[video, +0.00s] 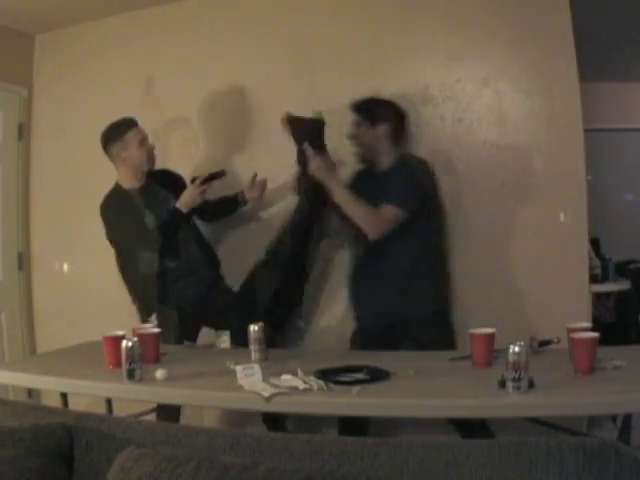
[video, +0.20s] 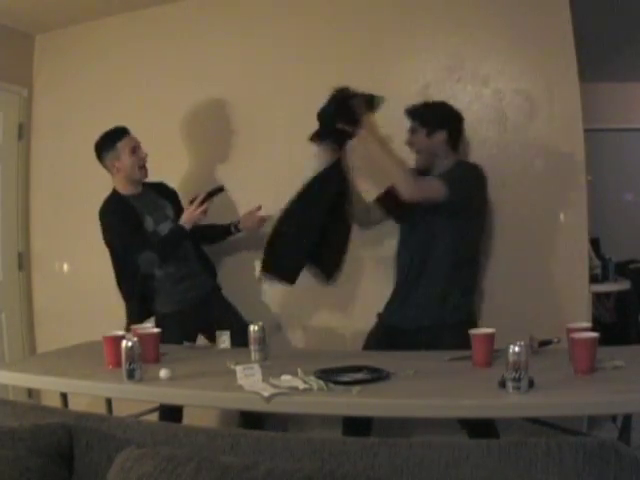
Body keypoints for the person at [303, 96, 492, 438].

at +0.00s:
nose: (352, 134)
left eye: (360, 126)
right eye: (353, 126)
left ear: (384, 130)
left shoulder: (413, 173)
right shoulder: (365, 180)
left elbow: (375, 226)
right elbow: (340, 226)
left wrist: (330, 183)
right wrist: (318, 180)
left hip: (422, 322)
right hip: (376, 320)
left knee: (457, 408)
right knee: (351, 407)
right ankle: (352, 479)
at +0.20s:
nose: (408, 141)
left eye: (417, 133)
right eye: (409, 133)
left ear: (442, 137)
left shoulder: (467, 178)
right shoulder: (417, 184)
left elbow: (410, 191)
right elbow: (364, 216)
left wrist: (368, 132)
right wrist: (338, 165)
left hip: (446, 317)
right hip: (402, 314)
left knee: (470, 406)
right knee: (358, 392)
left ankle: (504, 478)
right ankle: (352, 477)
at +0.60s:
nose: (425, 145)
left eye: (433, 138)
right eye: (428, 137)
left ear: (459, 150)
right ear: (450, 149)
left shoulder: (478, 196)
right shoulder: (417, 182)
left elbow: (424, 223)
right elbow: (355, 180)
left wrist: (382, 190)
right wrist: (359, 121)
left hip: (439, 331)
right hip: (387, 324)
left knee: (462, 417)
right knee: (336, 392)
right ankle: (330, 476)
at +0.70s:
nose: (427, 149)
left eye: (438, 143)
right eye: (430, 140)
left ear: (463, 157)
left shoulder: (473, 199)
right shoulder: (415, 183)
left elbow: (414, 224)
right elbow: (351, 184)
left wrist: (368, 182)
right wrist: (336, 136)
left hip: (433, 330)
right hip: (383, 322)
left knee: (457, 414)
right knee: (333, 388)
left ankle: (501, 470)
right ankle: (328, 474)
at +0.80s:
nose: (420, 149)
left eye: (429, 142)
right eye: (422, 141)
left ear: (453, 150)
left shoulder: (468, 196)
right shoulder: (417, 184)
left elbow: (404, 217)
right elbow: (357, 168)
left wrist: (359, 177)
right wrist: (344, 121)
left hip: (428, 328)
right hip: (382, 320)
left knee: (451, 410)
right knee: (328, 388)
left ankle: (497, 468)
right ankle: (330, 472)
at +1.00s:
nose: (413, 157)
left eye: (420, 148)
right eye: (413, 148)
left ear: (448, 154)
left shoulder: (466, 198)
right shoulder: (413, 184)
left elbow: (401, 218)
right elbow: (356, 167)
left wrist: (360, 180)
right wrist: (334, 115)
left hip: (429, 328)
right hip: (382, 320)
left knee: (456, 414)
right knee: (330, 387)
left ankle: (500, 469)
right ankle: (329, 476)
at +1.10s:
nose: (407, 156)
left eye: (414, 148)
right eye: (407, 148)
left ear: (441, 152)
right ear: (432, 153)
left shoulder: (463, 196)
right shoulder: (411, 181)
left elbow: (400, 224)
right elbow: (367, 160)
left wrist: (361, 180)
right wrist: (351, 113)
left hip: (429, 328)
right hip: (382, 320)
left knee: (452, 410)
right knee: (328, 386)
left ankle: (496, 467)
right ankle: (329, 472)